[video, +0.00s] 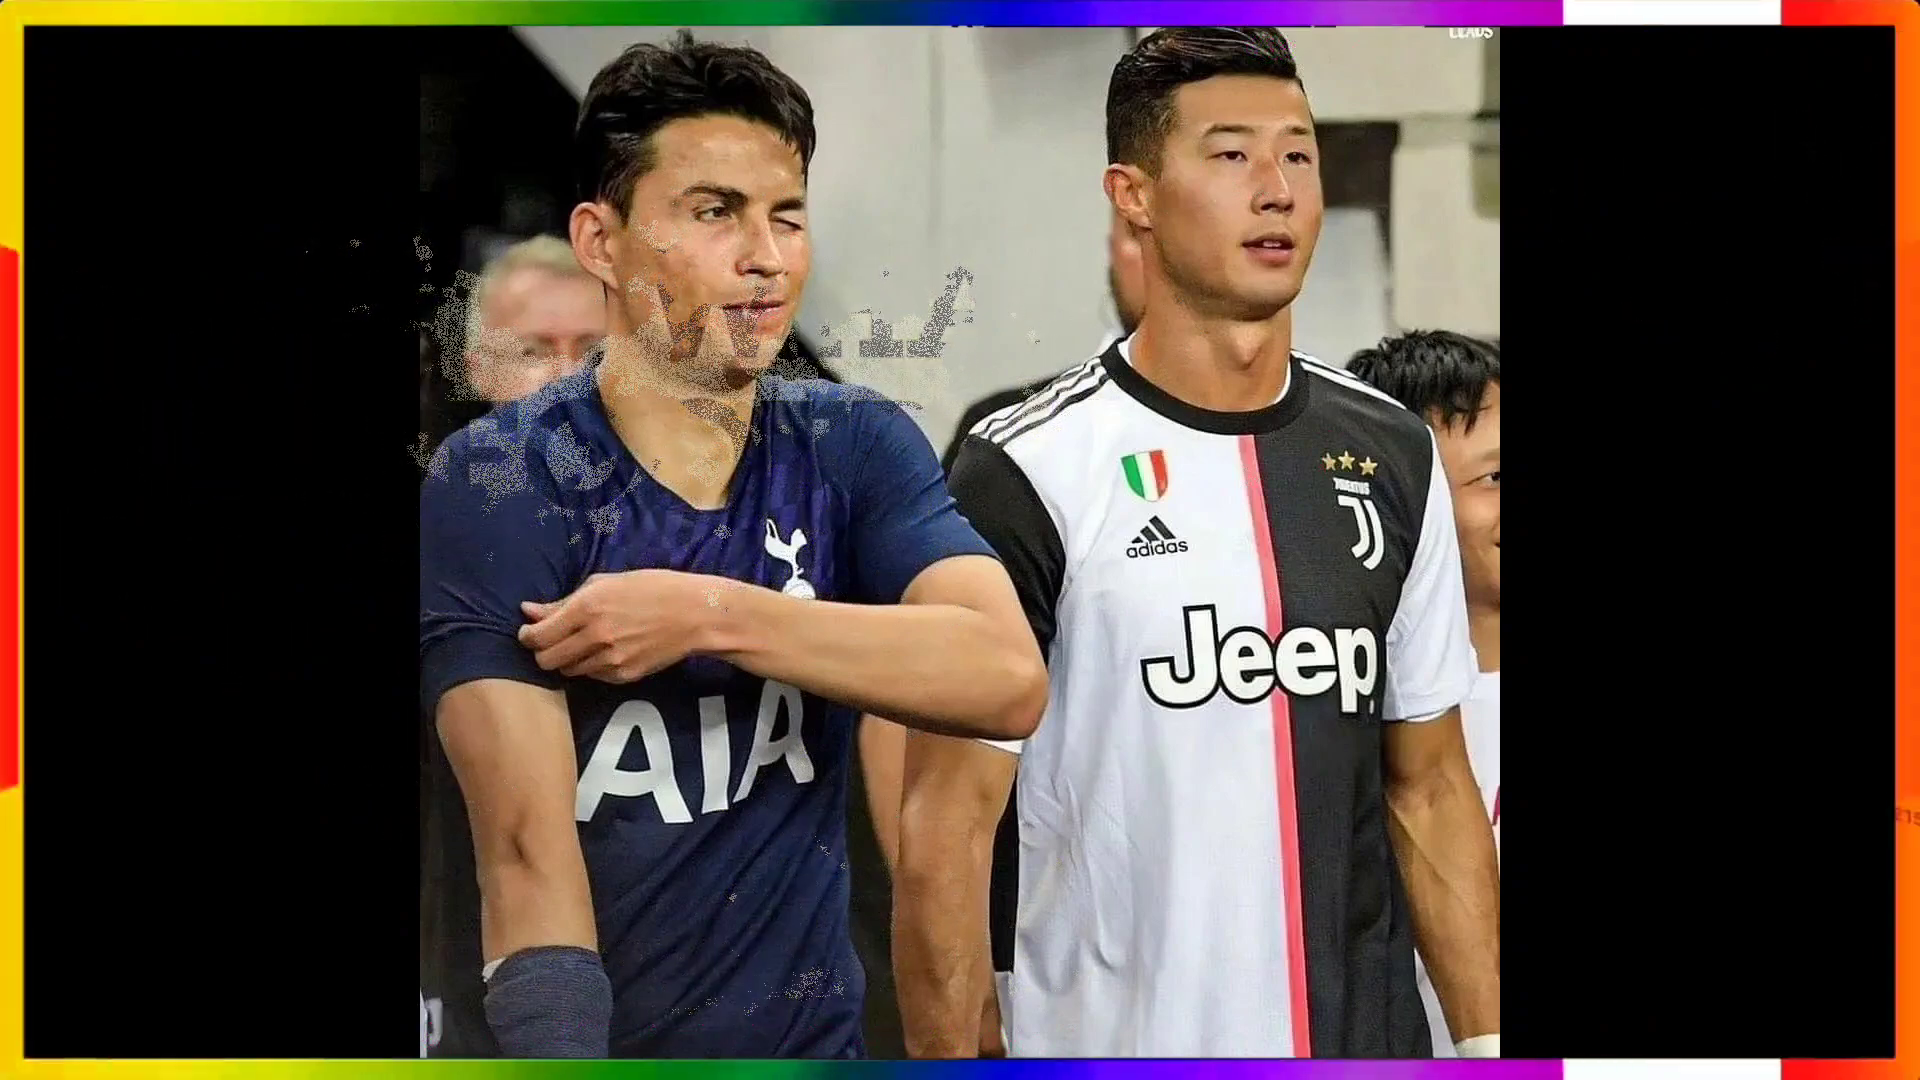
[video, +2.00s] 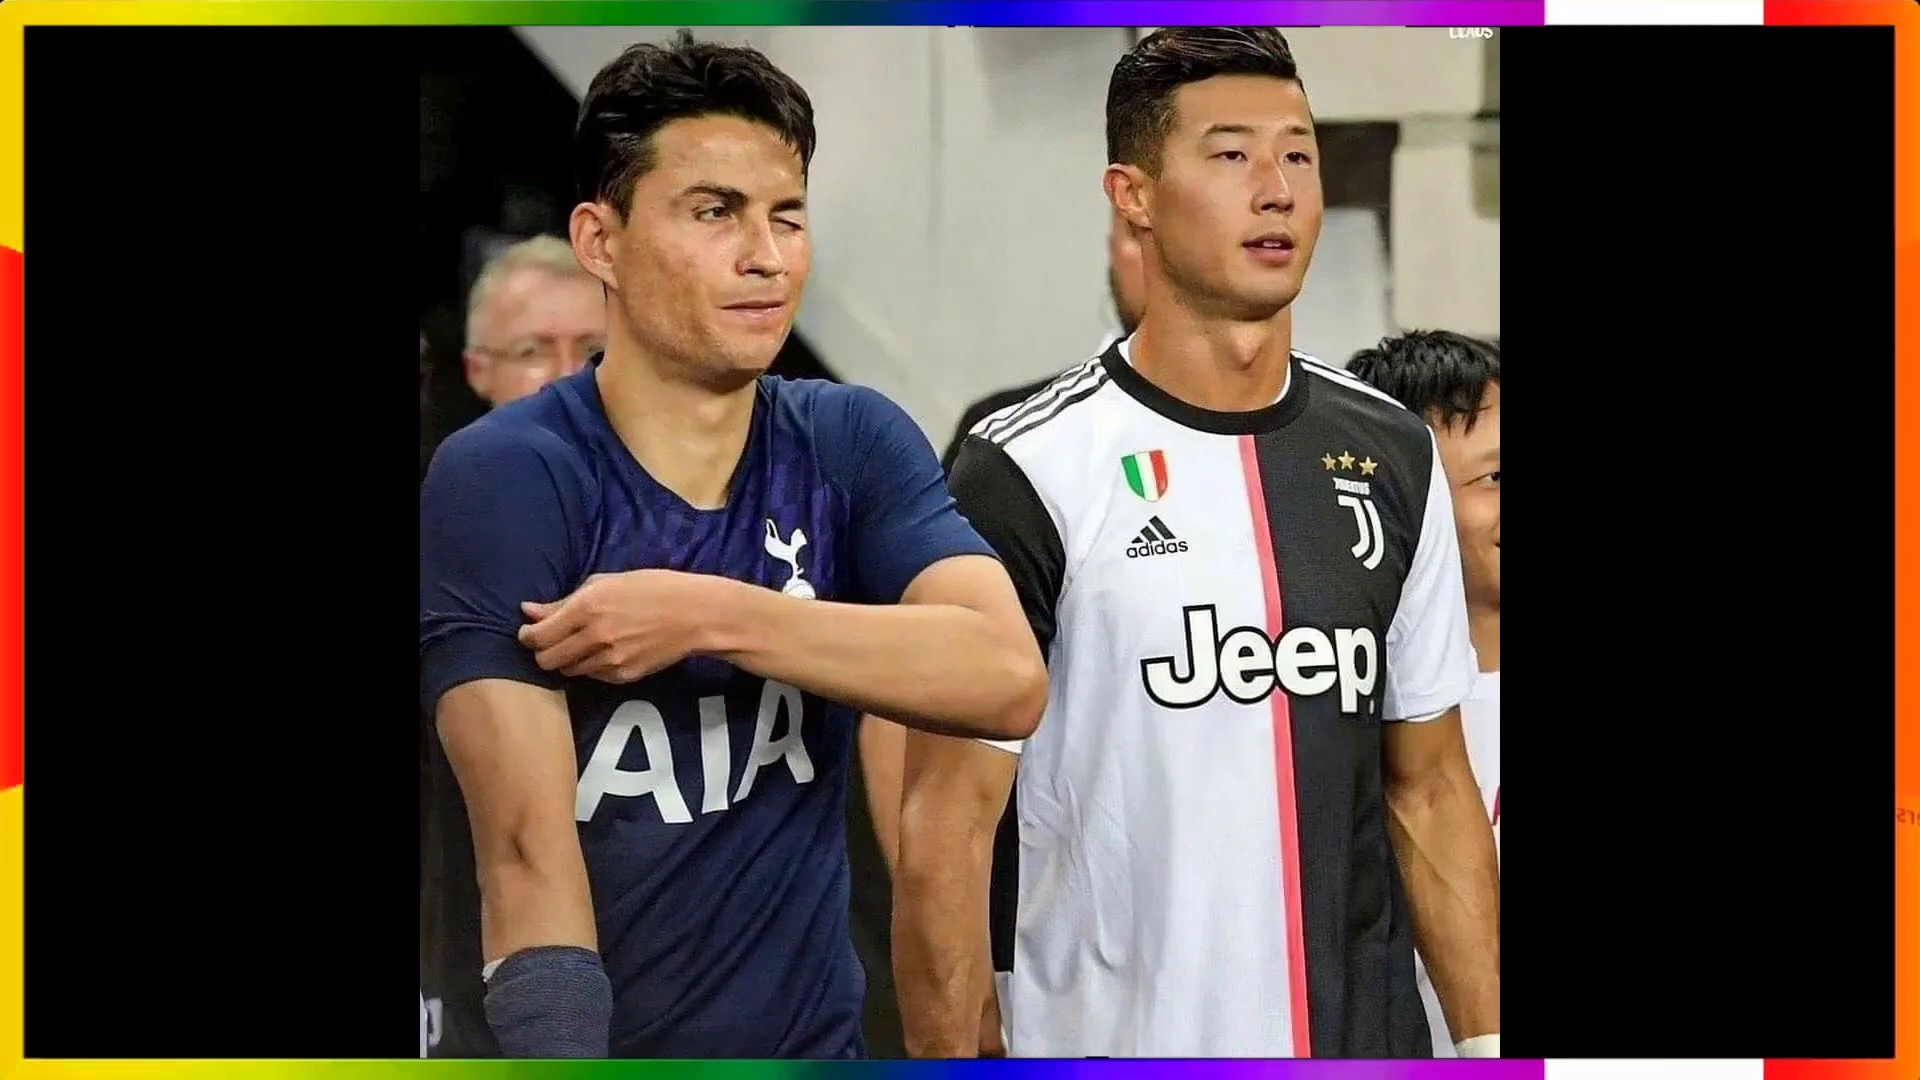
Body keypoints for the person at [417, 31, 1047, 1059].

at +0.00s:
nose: (766, 258)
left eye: (785, 218)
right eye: (712, 213)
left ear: (808, 238)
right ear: (601, 242)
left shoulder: (858, 442)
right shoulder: (491, 481)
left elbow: (1009, 681)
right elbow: (525, 849)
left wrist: (715, 613)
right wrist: (560, 1057)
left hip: (806, 1035)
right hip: (589, 1032)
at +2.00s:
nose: (766, 257)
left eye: (785, 218)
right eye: (712, 212)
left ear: (809, 237)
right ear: (601, 241)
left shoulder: (856, 439)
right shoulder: (499, 476)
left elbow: (1009, 681)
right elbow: (525, 851)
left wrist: (714, 613)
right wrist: (561, 1058)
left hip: (812, 1042)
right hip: (594, 1036)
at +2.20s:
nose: (765, 257)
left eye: (785, 217)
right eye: (712, 212)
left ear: (809, 236)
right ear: (601, 242)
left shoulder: (856, 439)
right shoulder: (499, 477)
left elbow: (1009, 680)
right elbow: (525, 851)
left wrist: (713, 613)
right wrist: (559, 1059)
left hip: (811, 1042)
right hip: (598, 1037)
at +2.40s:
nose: (766, 257)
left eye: (786, 218)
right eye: (712, 212)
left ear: (809, 237)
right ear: (601, 241)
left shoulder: (856, 439)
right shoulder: (499, 477)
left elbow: (1009, 680)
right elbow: (525, 851)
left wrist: (713, 613)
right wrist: (560, 1059)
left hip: (811, 1040)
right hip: (598, 1036)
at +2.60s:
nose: (765, 257)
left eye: (786, 217)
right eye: (712, 212)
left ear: (809, 236)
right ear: (601, 242)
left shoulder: (856, 439)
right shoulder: (500, 476)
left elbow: (1009, 681)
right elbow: (525, 851)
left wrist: (714, 613)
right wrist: (557, 1061)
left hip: (810, 1041)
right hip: (596, 1038)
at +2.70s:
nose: (765, 257)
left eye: (785, 218)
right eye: (712, 212)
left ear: (809, 237)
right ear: (601, 241)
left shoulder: (856, 439)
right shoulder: (499, 476)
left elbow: (1009, 681)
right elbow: (525, 851)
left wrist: (713, 613)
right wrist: (560, 1059)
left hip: (810, 1041)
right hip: (592, 1036)